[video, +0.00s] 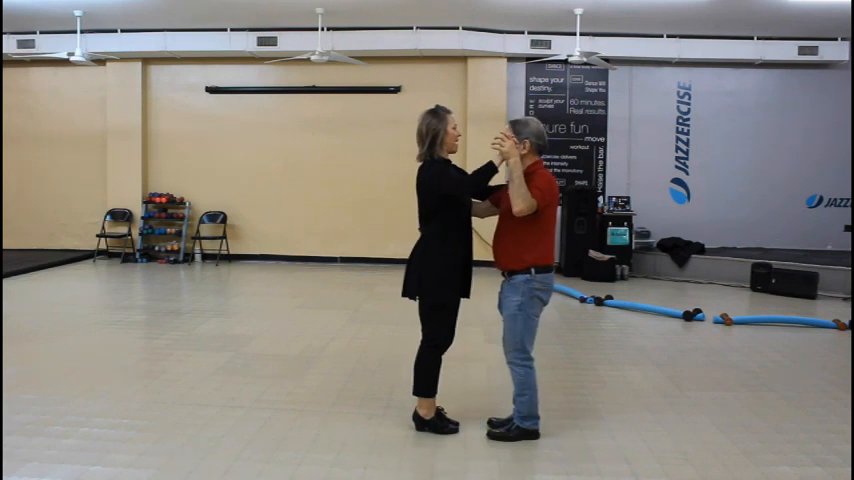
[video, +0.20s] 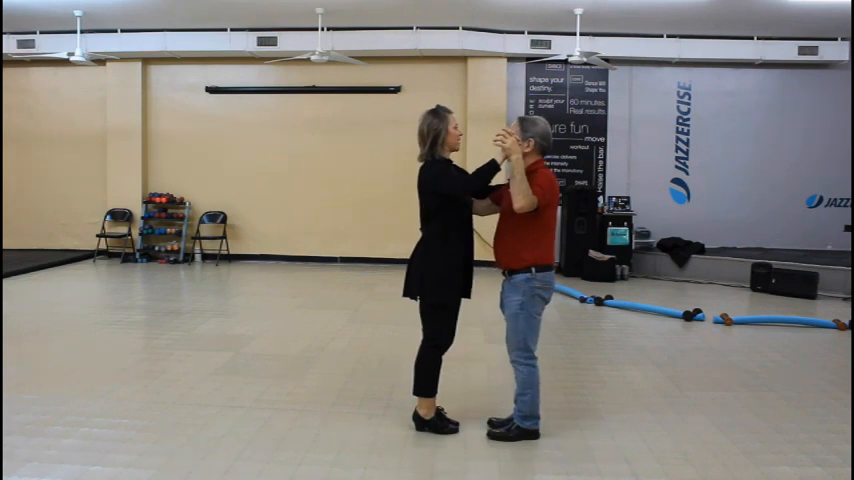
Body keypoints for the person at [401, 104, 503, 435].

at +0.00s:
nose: (459, 133)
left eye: (457, 127)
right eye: (453, 128)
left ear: (440, 133)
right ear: (439, 134)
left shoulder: (440, 168)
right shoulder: (436, 171)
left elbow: (474, 195)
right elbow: (469, 186)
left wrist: (508, 181)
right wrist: (496, 161)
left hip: (441, 267)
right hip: (437, 268)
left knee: (437, 338)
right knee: (435, 339)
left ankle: (427, 408)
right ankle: (424, 411)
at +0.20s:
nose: (460, 132)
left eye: (458, 127)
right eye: (455, 128)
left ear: (440, 133)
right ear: (440, 133)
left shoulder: (443, 168)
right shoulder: (436, 170)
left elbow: (474, 199)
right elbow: (470, 186)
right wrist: (499, 159)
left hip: (443, 267)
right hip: (438, 269)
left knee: (438, 339)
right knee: (436, 340)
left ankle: (427, 408)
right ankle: (424, 412)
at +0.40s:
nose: (461, 131)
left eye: (458, 126)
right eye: (455, 127)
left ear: (442, 132)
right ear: (440, 133)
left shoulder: (443, 168)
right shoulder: (437, 170)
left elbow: (475, 198)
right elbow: (472, 185)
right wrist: (501, 159)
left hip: (444, 268)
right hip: (439, 269)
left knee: (438, 339)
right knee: (436, 340)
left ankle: (427, 408)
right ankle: (424, 412)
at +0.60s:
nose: (461, 132)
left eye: (459, 127)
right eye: (456, 127)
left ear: (442, 132)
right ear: (441, 133)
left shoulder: (443, 167)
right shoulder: (438, 170)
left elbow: (474, 198)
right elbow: (472, 187)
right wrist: (501, 162)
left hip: (444, 267)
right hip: (440, 269)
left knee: (438, 339)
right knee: (436, 340)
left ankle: (427, 407)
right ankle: (424, 411)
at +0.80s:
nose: (461, 133)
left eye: (459, 127)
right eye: (456, 128)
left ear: (441, 133)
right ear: (442, 133)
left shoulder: (442, 168)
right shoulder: (439, 170)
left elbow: (473, 198)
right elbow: (472, 186)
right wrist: (503, 161)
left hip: (444, 267)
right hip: (440, 269)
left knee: (439, 339)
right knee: (437, 340)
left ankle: (427, 407)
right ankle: (424, 411)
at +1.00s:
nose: (461, 131)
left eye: (459, 126)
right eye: (456, 127)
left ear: (442, 132)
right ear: (441, 132)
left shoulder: (443, 166)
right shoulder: (439, 169)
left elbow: (476, 189)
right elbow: (474, 185)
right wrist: (505, 158)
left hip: (445, 267)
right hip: (440, 269)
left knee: (439, 339)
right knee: (436, 340)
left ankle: (427, 407)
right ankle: (424, 411)